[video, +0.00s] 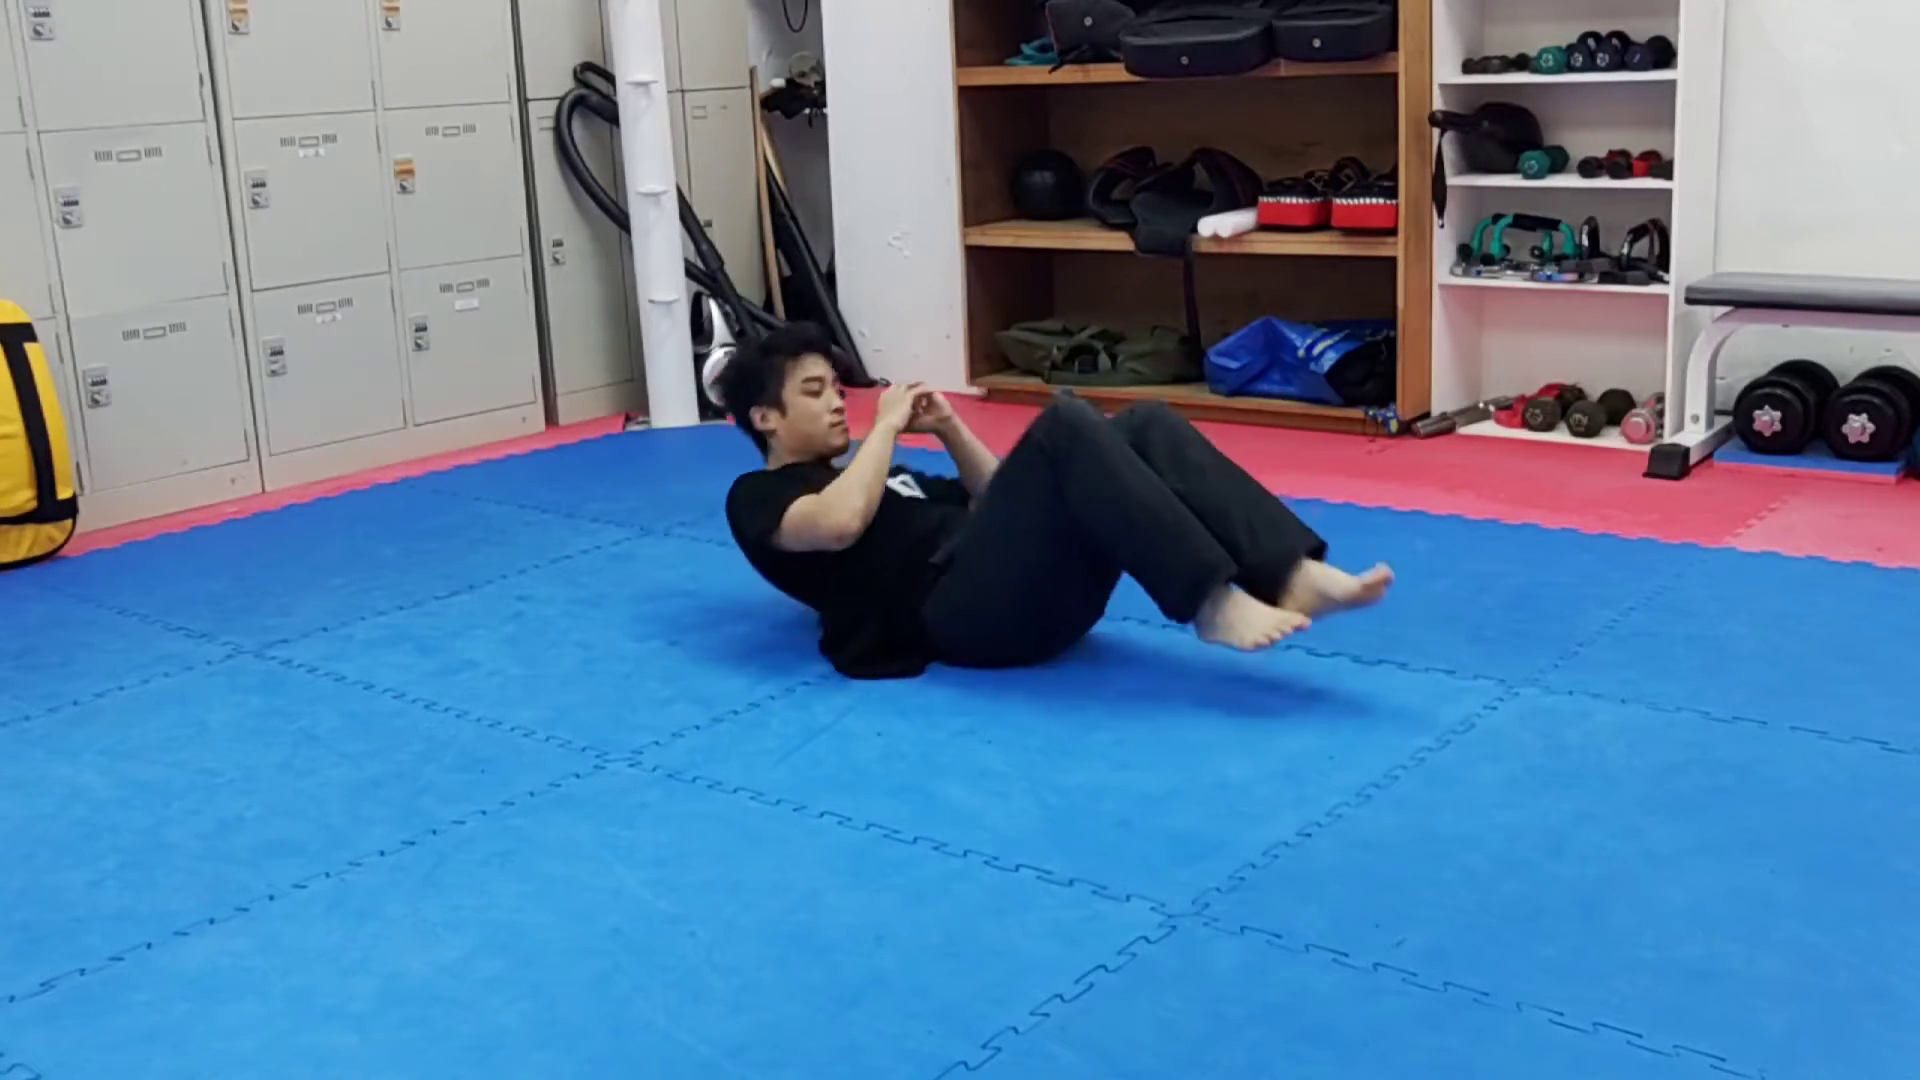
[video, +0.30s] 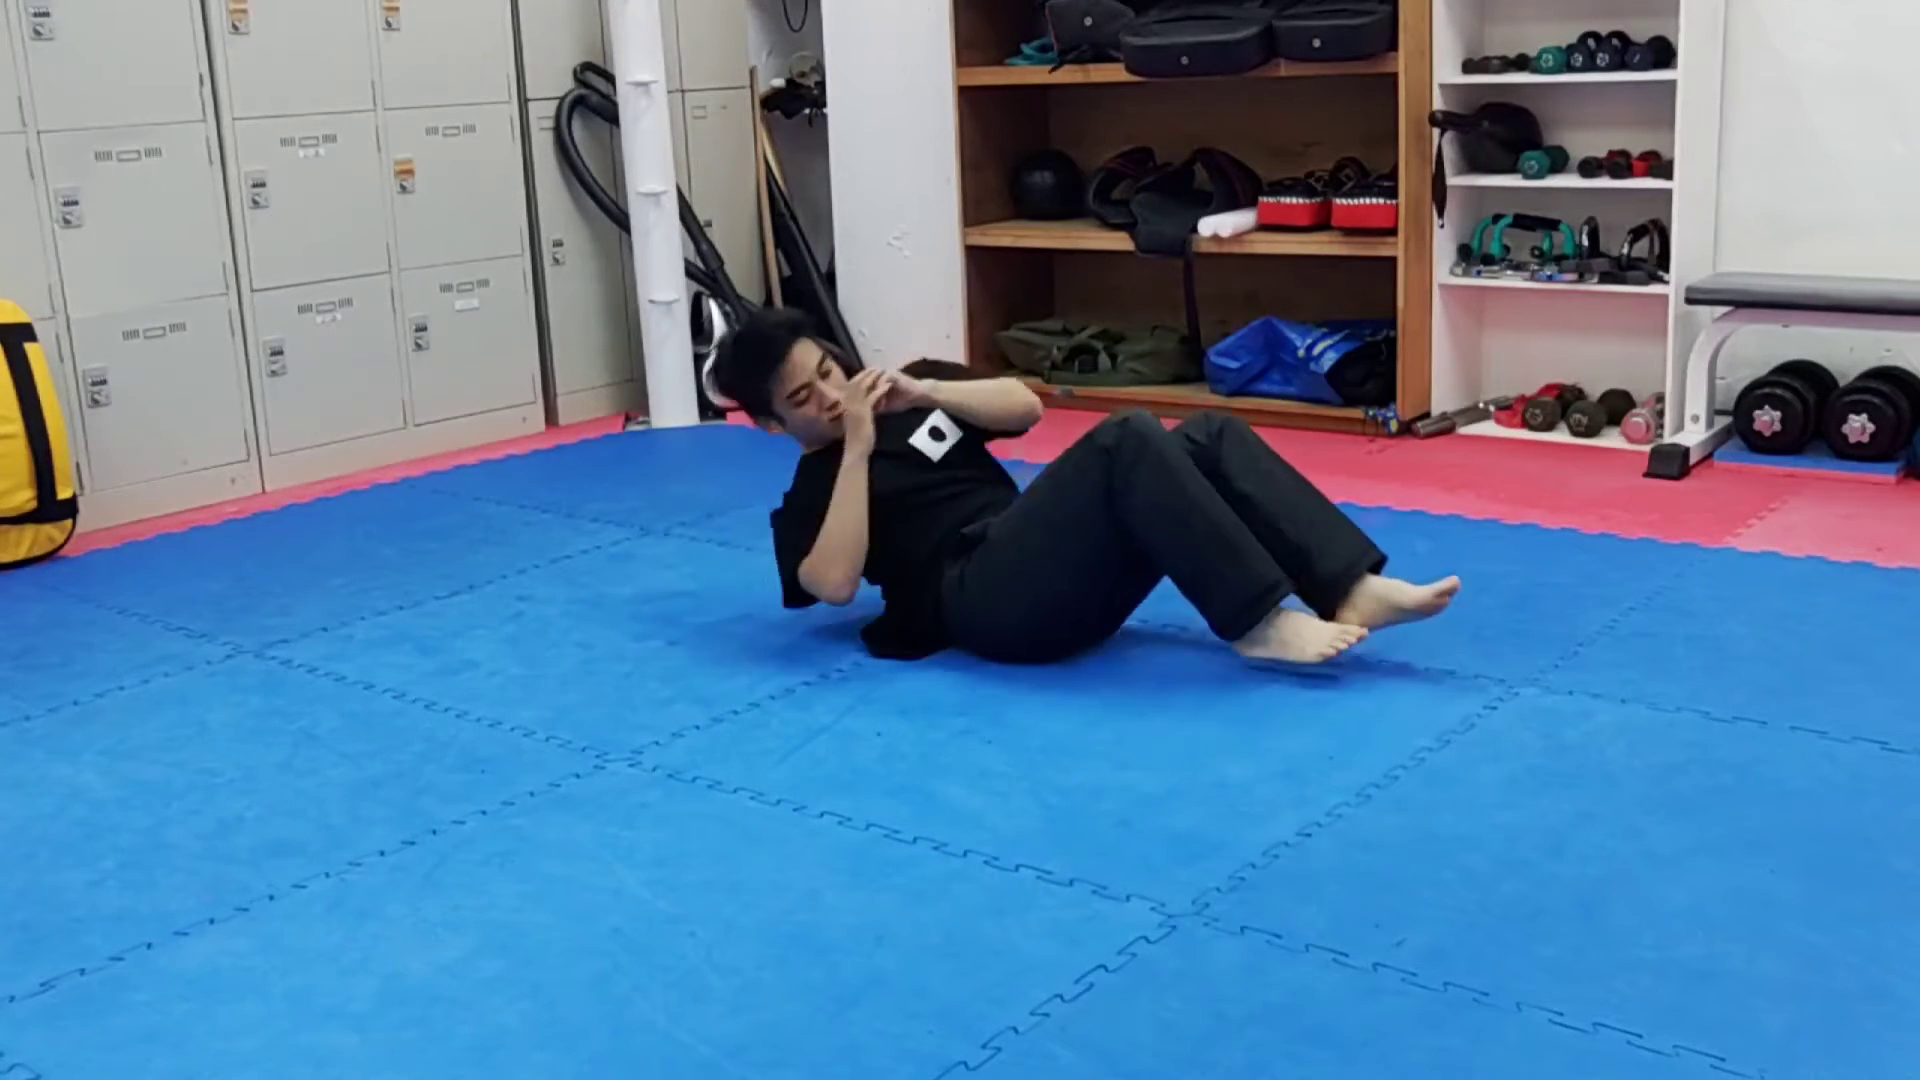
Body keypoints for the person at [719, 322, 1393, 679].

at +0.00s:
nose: (838, 403)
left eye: (836, 389)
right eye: (814, 392)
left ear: (836, 401)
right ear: (760, 419)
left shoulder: (868, 478)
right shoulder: (755, 498)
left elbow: (993, 505)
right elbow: (836, 523)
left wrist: (949, 429)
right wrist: (887, 426)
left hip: (1039, 593)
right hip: (973, 619)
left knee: (1147, 424)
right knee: (1064, 423)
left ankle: (1295, 574)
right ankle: (1212, 598)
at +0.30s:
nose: (826, 395)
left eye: (825, 373)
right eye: (800, 398)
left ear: (841, 356)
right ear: (773, 423)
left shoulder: (916, 406)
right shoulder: (804, 500)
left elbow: (1026, 407)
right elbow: (834, 583)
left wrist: (921, 391)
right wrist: (854, 448)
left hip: (1066, 571)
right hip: (992, 609)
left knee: (1209, 434)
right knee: (1128, 443)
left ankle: (1351, 587)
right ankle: (1264, 621)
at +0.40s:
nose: (814, 411)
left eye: (807, 391)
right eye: (790, 420)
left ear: (820, 374)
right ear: (768, 448)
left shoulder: (904, 412)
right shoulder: (805, 524)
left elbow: (1002, 398)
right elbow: (842, 610)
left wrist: (892, 410)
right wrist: (831, 475)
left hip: (1077, 564)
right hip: (1000, 607)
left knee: (1217, 434)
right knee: (1115, 444)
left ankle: (1348, 589)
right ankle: (1247, 625)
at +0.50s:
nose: (798, 428)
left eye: (793, 411)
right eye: (775, 437)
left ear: (808, 396)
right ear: (755, 469)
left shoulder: (885, 436)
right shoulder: (793, 552)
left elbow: (976, 403)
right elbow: (841, 617)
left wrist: (861, 416)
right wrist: (812, 489)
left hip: (1073, 569)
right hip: (995, 610)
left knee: (1185, 414)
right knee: (1094, 421)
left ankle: (1332, 533)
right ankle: (1220, 605)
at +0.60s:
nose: (795, 447)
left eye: (791, 429)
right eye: (768, 455)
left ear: (799, 428)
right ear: (744, 494)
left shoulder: (874, 456)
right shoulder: (786, 579)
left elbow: (959, 411)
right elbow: (827, 616)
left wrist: (842, 415)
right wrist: (794, 488)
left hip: (1055, 571)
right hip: (983, 607)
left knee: (1122, 379)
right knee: (1047, 391)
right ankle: (1197, 541)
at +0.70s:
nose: (770, 456)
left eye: (766, 436)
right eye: (742, 465)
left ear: (780, 428)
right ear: (727, 506)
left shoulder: (864, 449)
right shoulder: (769, 581)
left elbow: (959, 420)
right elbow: (810, 604)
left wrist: (838, 409)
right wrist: (780, 481)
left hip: (1039, 537)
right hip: (978, 591)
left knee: (1028, 344)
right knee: (992, 369)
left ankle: (1241, 344)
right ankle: (1176, 469)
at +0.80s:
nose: (776, 452)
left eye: (772, 434)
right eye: (748, 457)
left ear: (785, 432)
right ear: (726, 502)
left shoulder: (870, 458)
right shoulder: (765, 578)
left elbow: (957, 422)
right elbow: (803, 565)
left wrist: (842, 402)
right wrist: (779, 453)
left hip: (1034, 518)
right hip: (972, 573)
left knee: (1017, 321)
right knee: (967, 360)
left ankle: (1218, 327)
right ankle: (1167, 433)